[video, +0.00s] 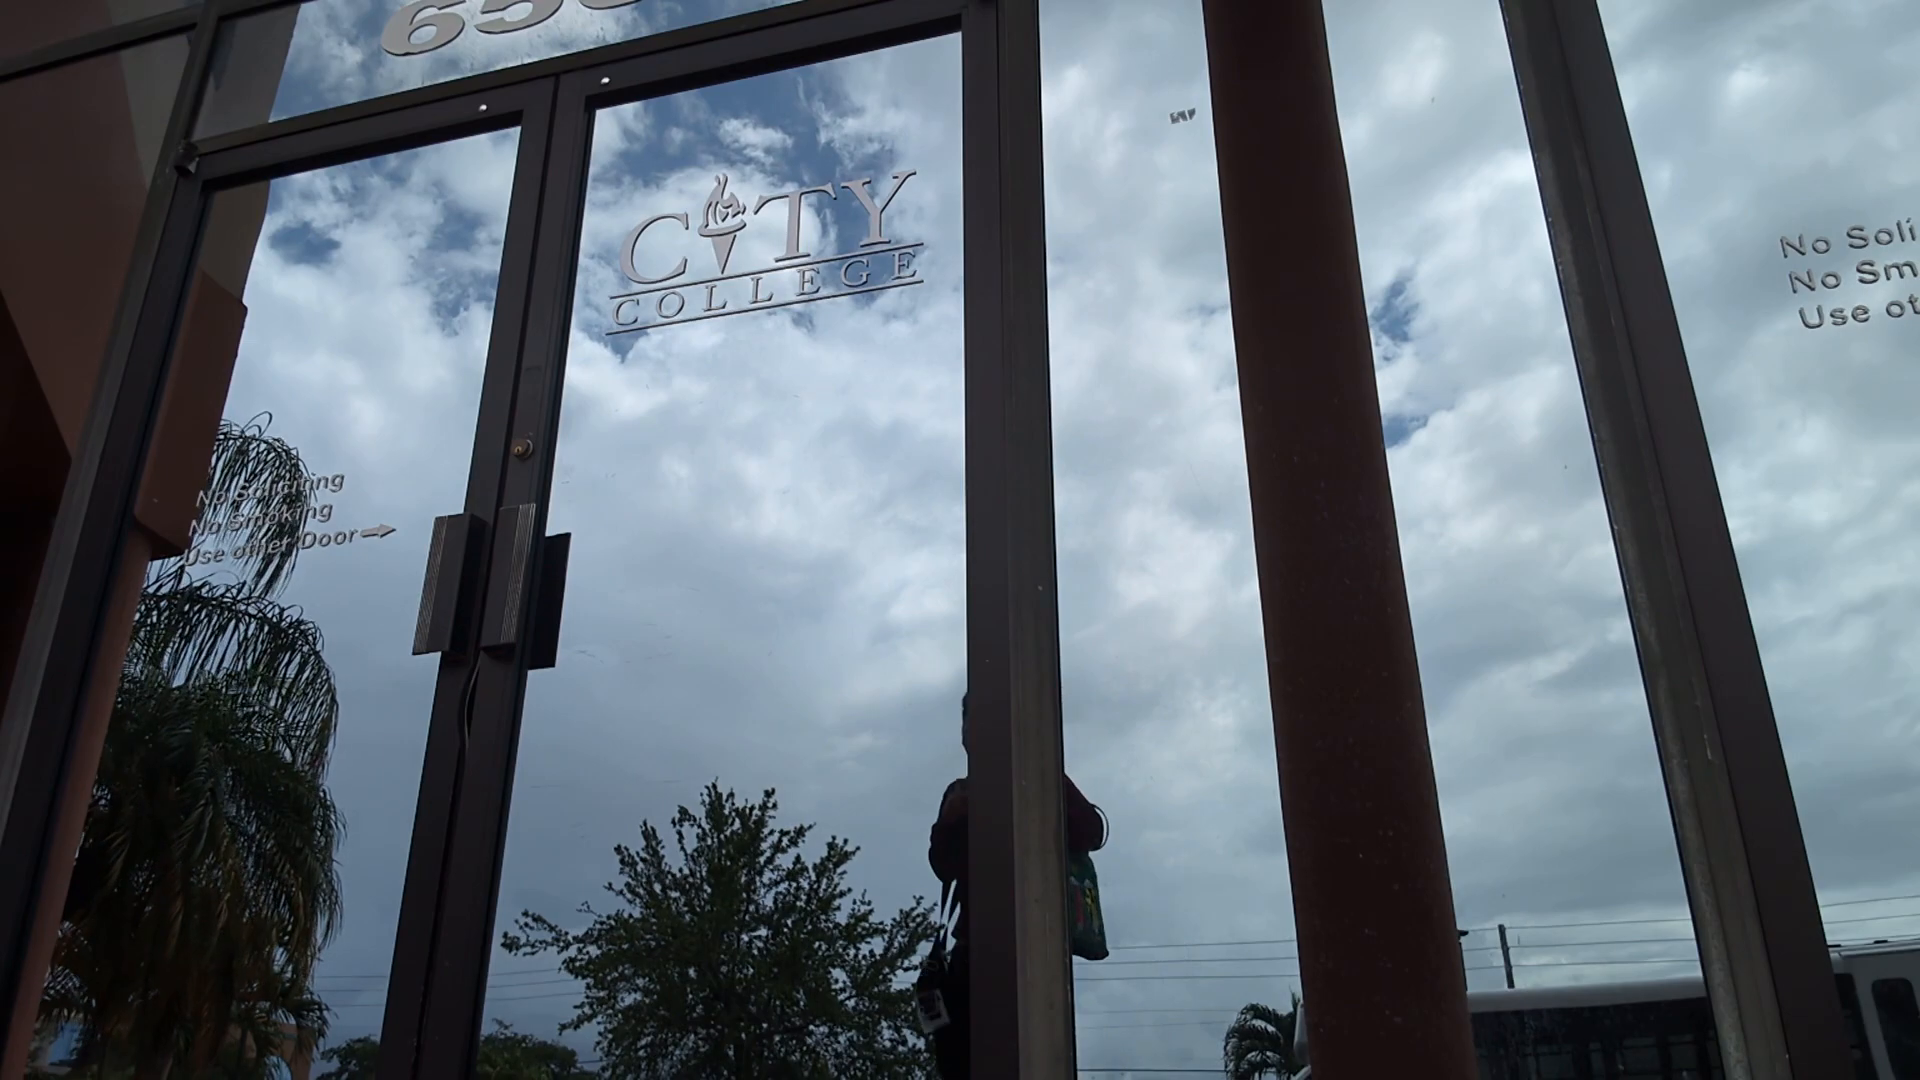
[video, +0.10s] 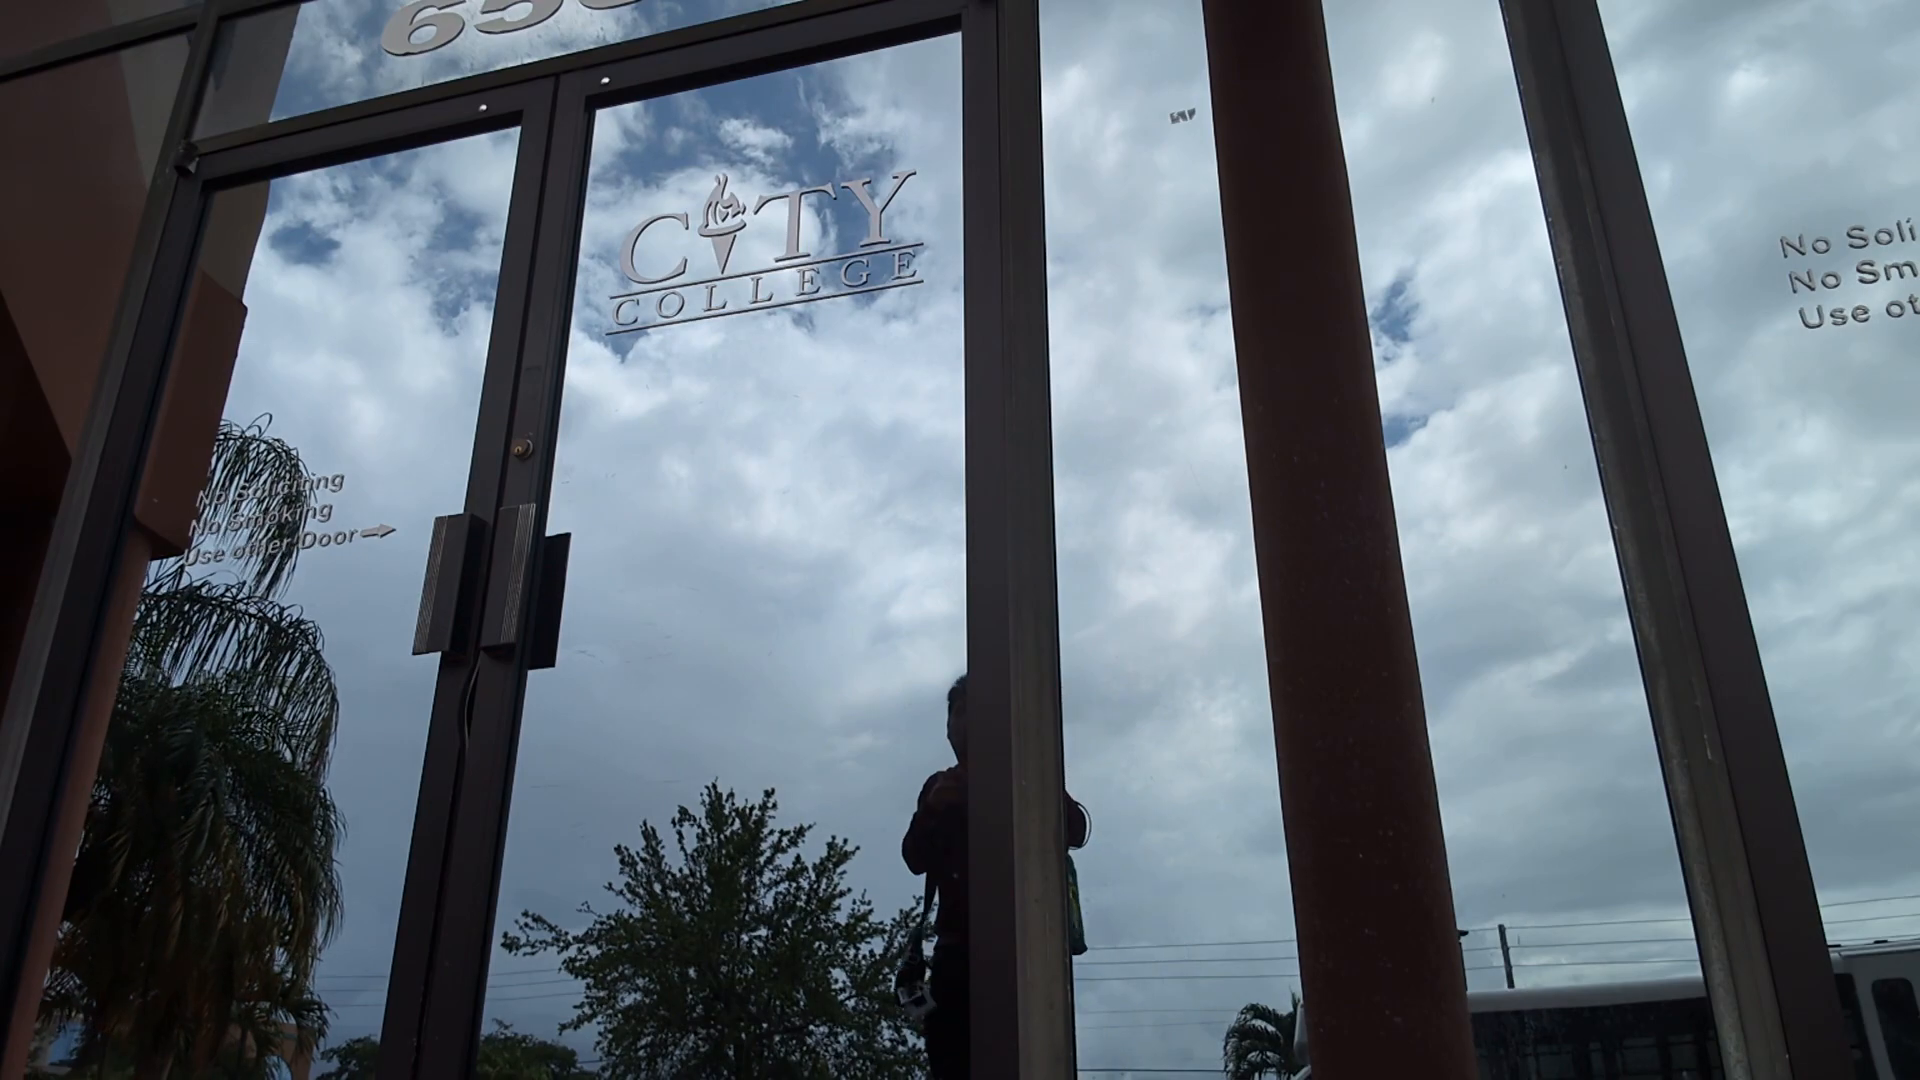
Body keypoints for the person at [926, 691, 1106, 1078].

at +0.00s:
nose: (973, 730)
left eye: (983, 718)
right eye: (970, 719)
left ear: (1008, 724)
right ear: (964, 730)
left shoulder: (1045, 779)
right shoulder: (961, 791)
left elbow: (1092, 832)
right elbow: (943, 866)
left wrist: (1048, 784)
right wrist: (959, 813)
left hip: (1041, 938)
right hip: (976, 938)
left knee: (1039, 1046)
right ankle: (963, 1073)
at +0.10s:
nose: (962, 724)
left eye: (972, 713)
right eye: (957, 714)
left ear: (993, 718)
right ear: (949, 724)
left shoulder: (1026, 777)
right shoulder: (943, 785)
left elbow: (1078, 831)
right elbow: (915, 859)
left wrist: (1035, 786)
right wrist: (940, 807)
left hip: (1023, 939)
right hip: (959, 941)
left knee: (1022, 1050)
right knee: (954, 1050)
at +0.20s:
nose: (953, 720)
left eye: (964, 710)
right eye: (947, 710)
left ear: (983, 716)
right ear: (937, 719)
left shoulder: (1005, 775)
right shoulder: (926, 780)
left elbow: (1064, 827)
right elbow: (892, 850)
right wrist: (918, 795)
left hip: (1002, 940)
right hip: (945, 942)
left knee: (1000, 1052)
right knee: (946, 1055)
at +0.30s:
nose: (945, 717)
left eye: (957, 707)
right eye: (939, 705)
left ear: (977, 715)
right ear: (928, 715)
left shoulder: (995, 775)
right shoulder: (915, 779)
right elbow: (871, 840)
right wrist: (898, 783)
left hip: (991, 935)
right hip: (935, 938)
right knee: (939, 1045)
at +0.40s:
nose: (939, 711)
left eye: (951, 702)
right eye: (933, 700)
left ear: (968, 712)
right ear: (921, 710)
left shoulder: (983, 771)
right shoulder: (901, 775)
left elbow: (1012, 831)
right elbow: (853, 828)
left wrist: (976, 793)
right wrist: (886, 771)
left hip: (979, 929)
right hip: (923, 932)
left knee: (979, 1041)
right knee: (932, 1045)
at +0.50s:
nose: (938, 704)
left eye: (949, 697)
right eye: (930, 694)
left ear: (964, 708)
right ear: (915, 703)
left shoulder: (978, 766)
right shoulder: (890, 765)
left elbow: (1013, 824)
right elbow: (840, 815)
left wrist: (976, 794)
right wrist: (879, 757)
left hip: (973, 932)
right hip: (911, 932)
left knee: (971, 1049)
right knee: (928, 1053)